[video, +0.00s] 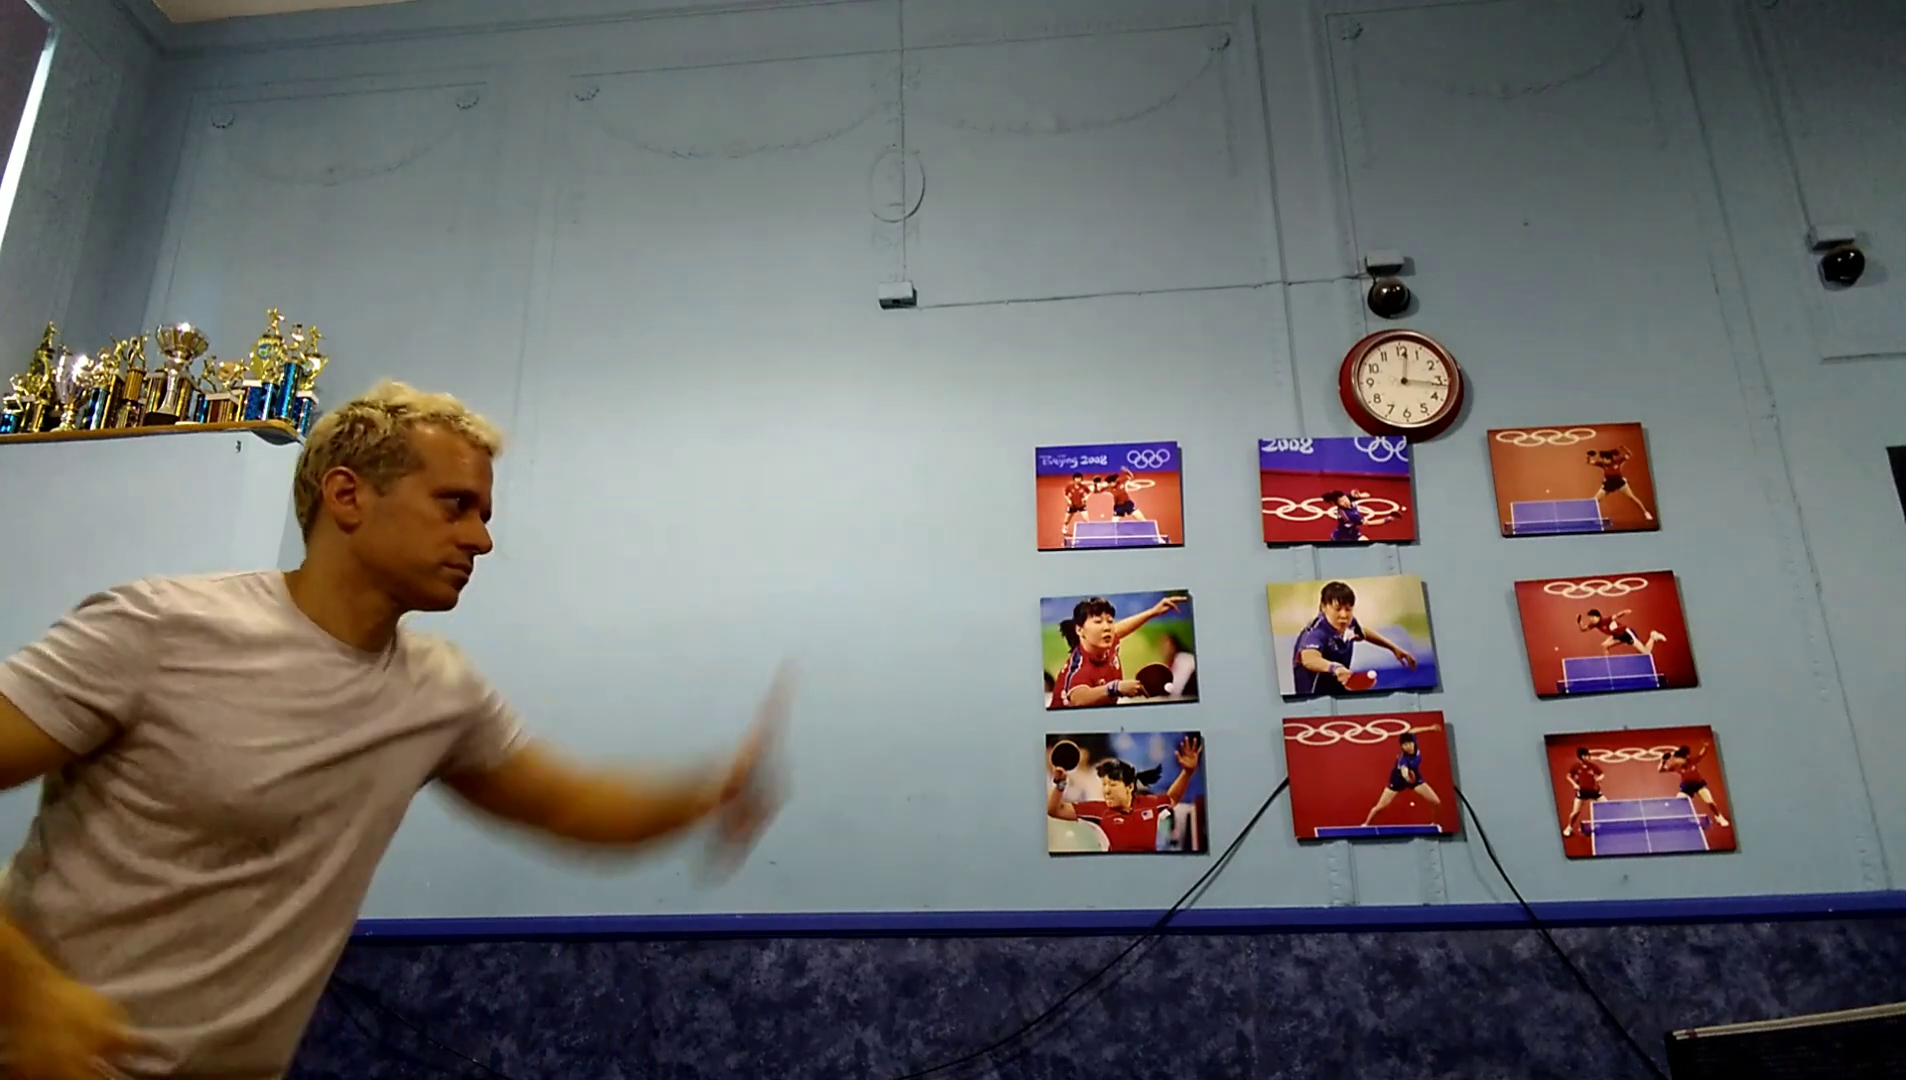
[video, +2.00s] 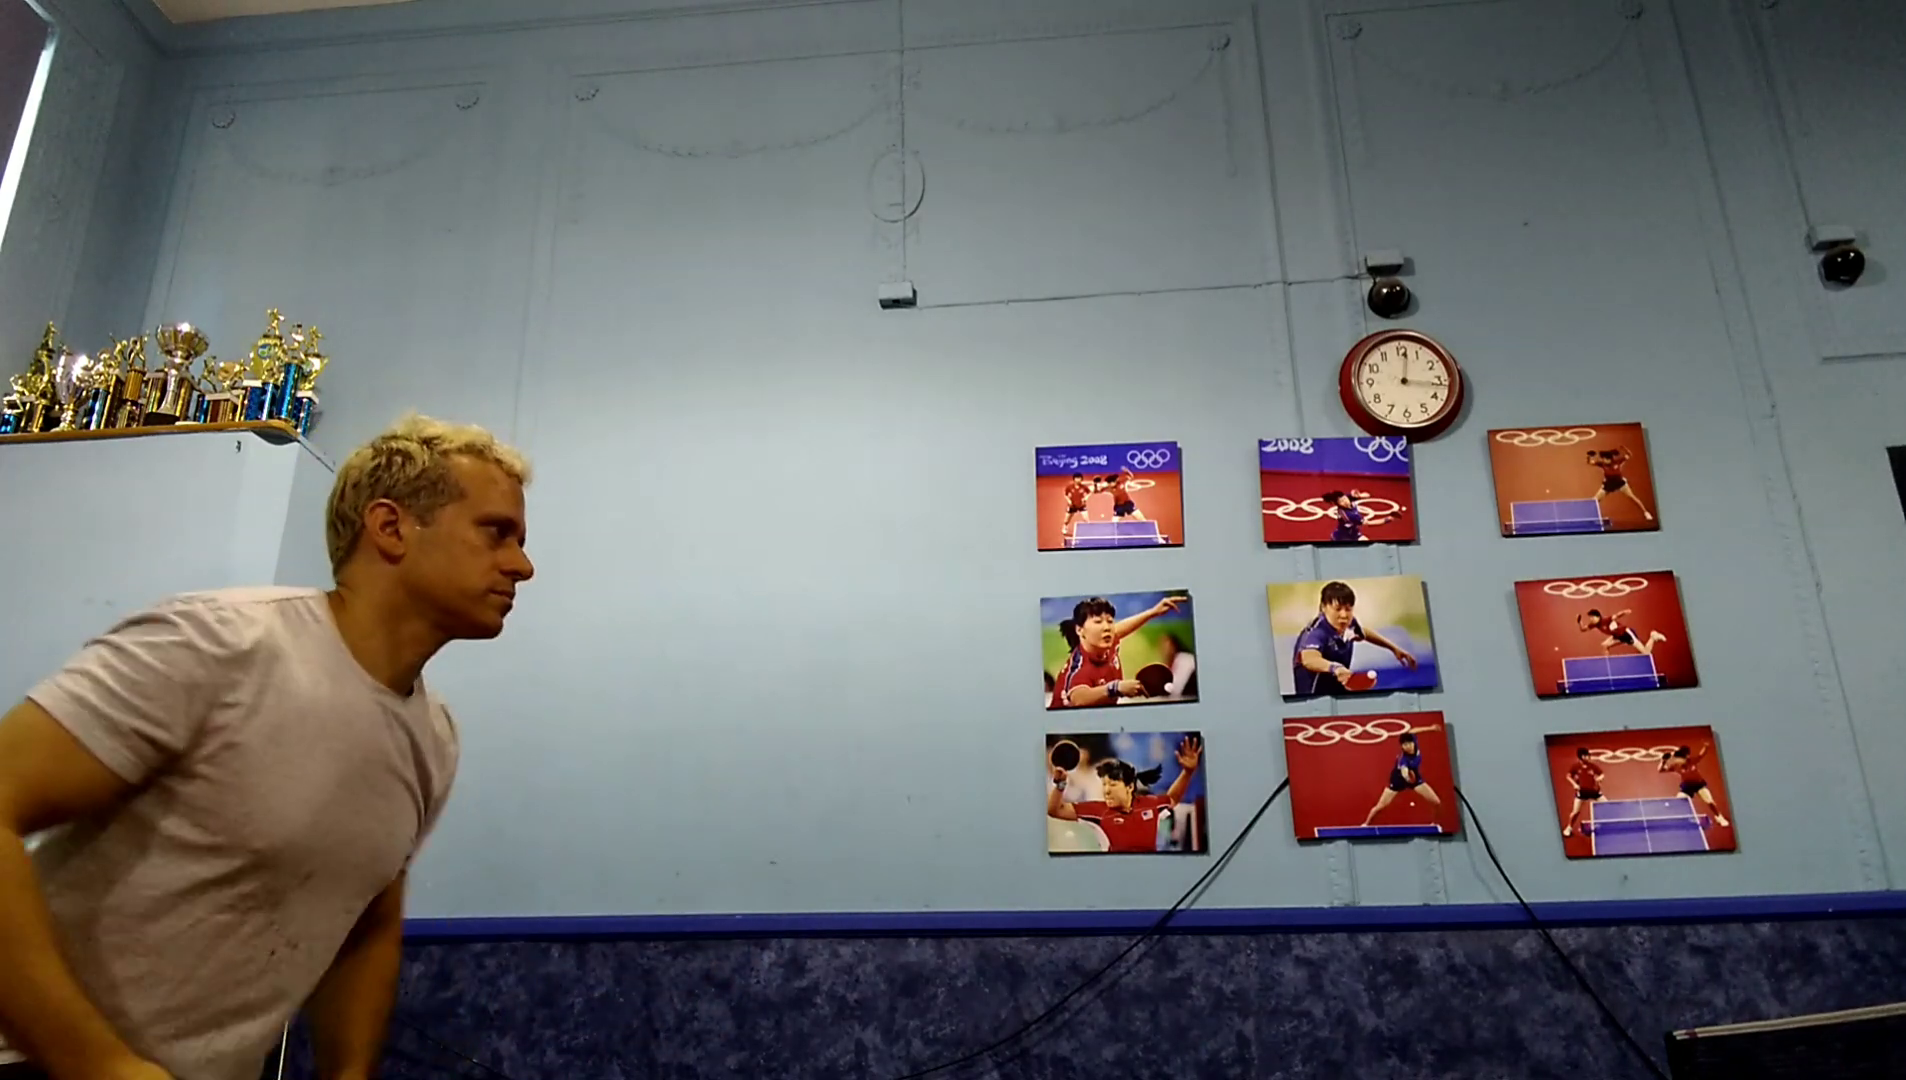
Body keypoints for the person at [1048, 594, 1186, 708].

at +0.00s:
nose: (1107, 628)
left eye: (1110, 622)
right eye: (1098, 622)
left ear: (1114, 625)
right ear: (1080, 630)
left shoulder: (1109, 644)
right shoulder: (1079, 666)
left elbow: (1120, 629)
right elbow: (1078, 698)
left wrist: (1154, 612)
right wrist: (1115, 687)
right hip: (1069, 729)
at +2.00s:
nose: (1107, 628)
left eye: (1110, 622)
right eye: (1098, 622)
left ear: (1114, 626)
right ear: (1080, 630)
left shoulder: (1109, 644)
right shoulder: (1079, 666)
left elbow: (1119, 630)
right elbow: (1078, 698)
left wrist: (1154, 612)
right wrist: (1115, 687)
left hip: (1102, 724)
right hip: (1070, 729)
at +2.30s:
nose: (1107, 628)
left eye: (1110, 622)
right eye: (1098, 622)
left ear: (1114, 626)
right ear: (1080, 630)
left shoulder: (1109, 644)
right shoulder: (1079, 666)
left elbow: (1119, 630)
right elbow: (1078, 698)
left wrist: (1154, 612)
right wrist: (1115, 687)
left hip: (1102, 724)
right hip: (1070, 729)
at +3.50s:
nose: (1107, 628)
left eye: (1110, 622)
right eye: (1098, 622)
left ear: (1114, 626)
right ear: (1080, 630)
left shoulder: (1109, 644)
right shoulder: (1078, 666)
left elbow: (1120, 629)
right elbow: (1078, 698)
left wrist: (1154, 611)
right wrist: (1115, 687)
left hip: (1102, 724)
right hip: (1069, 729)